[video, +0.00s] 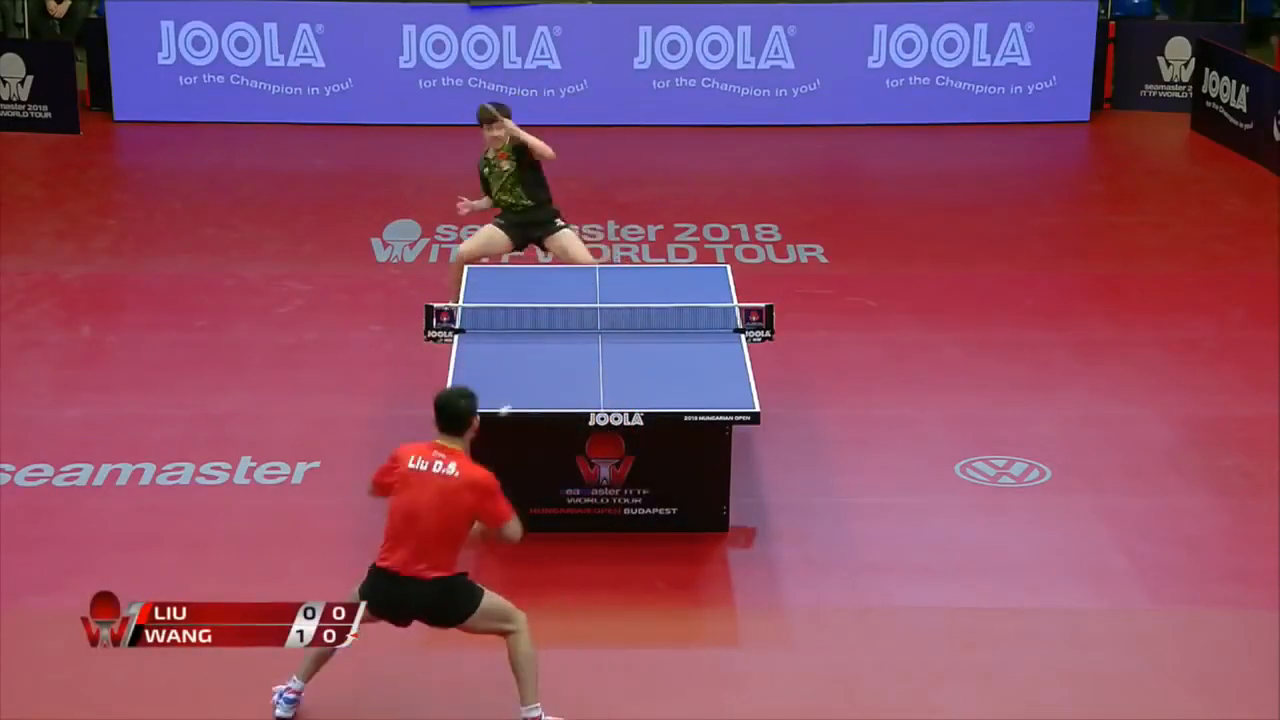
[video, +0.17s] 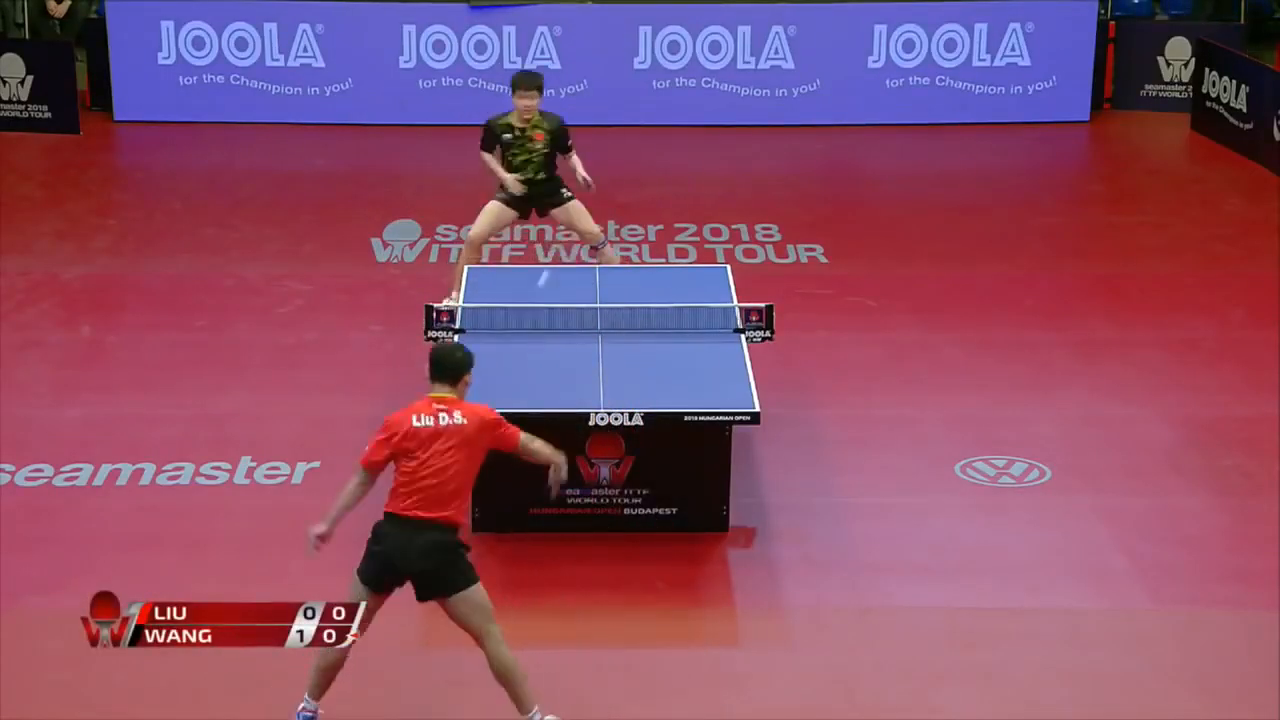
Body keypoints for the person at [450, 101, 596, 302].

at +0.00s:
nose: (496, 134)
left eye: (500, 128)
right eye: (490, 129)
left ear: (508, 127)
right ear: (483, 130)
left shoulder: (521, 147)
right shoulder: (485, 162)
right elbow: (493, 199)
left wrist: (516, 131)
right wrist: (473, 205)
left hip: (544, 220)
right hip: (510, 224)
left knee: (587, 264)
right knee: (463, 254)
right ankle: (455, 307)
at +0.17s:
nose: (527, 103)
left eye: (532, 98)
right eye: (522, 97)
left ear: (540, 98)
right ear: (513, 98)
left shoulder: (554, 124)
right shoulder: (497, 126)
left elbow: (568, 152)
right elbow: (486, 153)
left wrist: (580, 169)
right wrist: (505, 177)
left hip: (550, 190)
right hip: (514, 192)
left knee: (593, 234)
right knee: (474, 237)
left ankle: (620, 287)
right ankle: (457, 296)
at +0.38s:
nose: (563, 120)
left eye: (568, 114)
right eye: (557, 114)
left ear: (575, 117)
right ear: (548, 116)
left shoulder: (572, 142)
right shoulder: (537, 144)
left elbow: (566, 179)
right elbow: (540, 186)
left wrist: (591, 209)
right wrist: (584, 186)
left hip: (551, 203)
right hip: (520, 204)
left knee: (596, 240)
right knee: (487, 257)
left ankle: (623, 284)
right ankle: (449, 286)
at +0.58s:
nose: (563, 107)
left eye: (566, 102)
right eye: (560, 100)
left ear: (566, 101)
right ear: (544, 97)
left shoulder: (548, 121)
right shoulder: (520, 123)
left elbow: (532, 150)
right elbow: (522, 166)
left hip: (532, 185)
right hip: (505, 188)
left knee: (575, 228)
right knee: (484, 249)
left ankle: (610, 273)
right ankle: (450, 284)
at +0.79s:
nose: (562, 89)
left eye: (564, 83)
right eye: (561, 83)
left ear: (546, 80)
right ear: (545, 80)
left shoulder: (538, 103)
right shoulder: (516, 106)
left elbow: (525, 137)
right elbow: (513, 148)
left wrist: (526, 159)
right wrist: (549, 148)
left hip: (522, 170)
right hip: (498, 173)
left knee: (557, 210)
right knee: (481, 234)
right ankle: (449, 281)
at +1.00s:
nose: (573, 73)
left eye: (573, 68)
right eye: (572, 67)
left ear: (554, 64)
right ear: (559, 66)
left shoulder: (543, 86)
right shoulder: (535, 91)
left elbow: (531, 128)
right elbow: (534, 136)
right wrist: (565, 133)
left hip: (533, 158)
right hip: (516, 161)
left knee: (547, 205)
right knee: (509, 221)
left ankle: (513, 257)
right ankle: (463, 272)